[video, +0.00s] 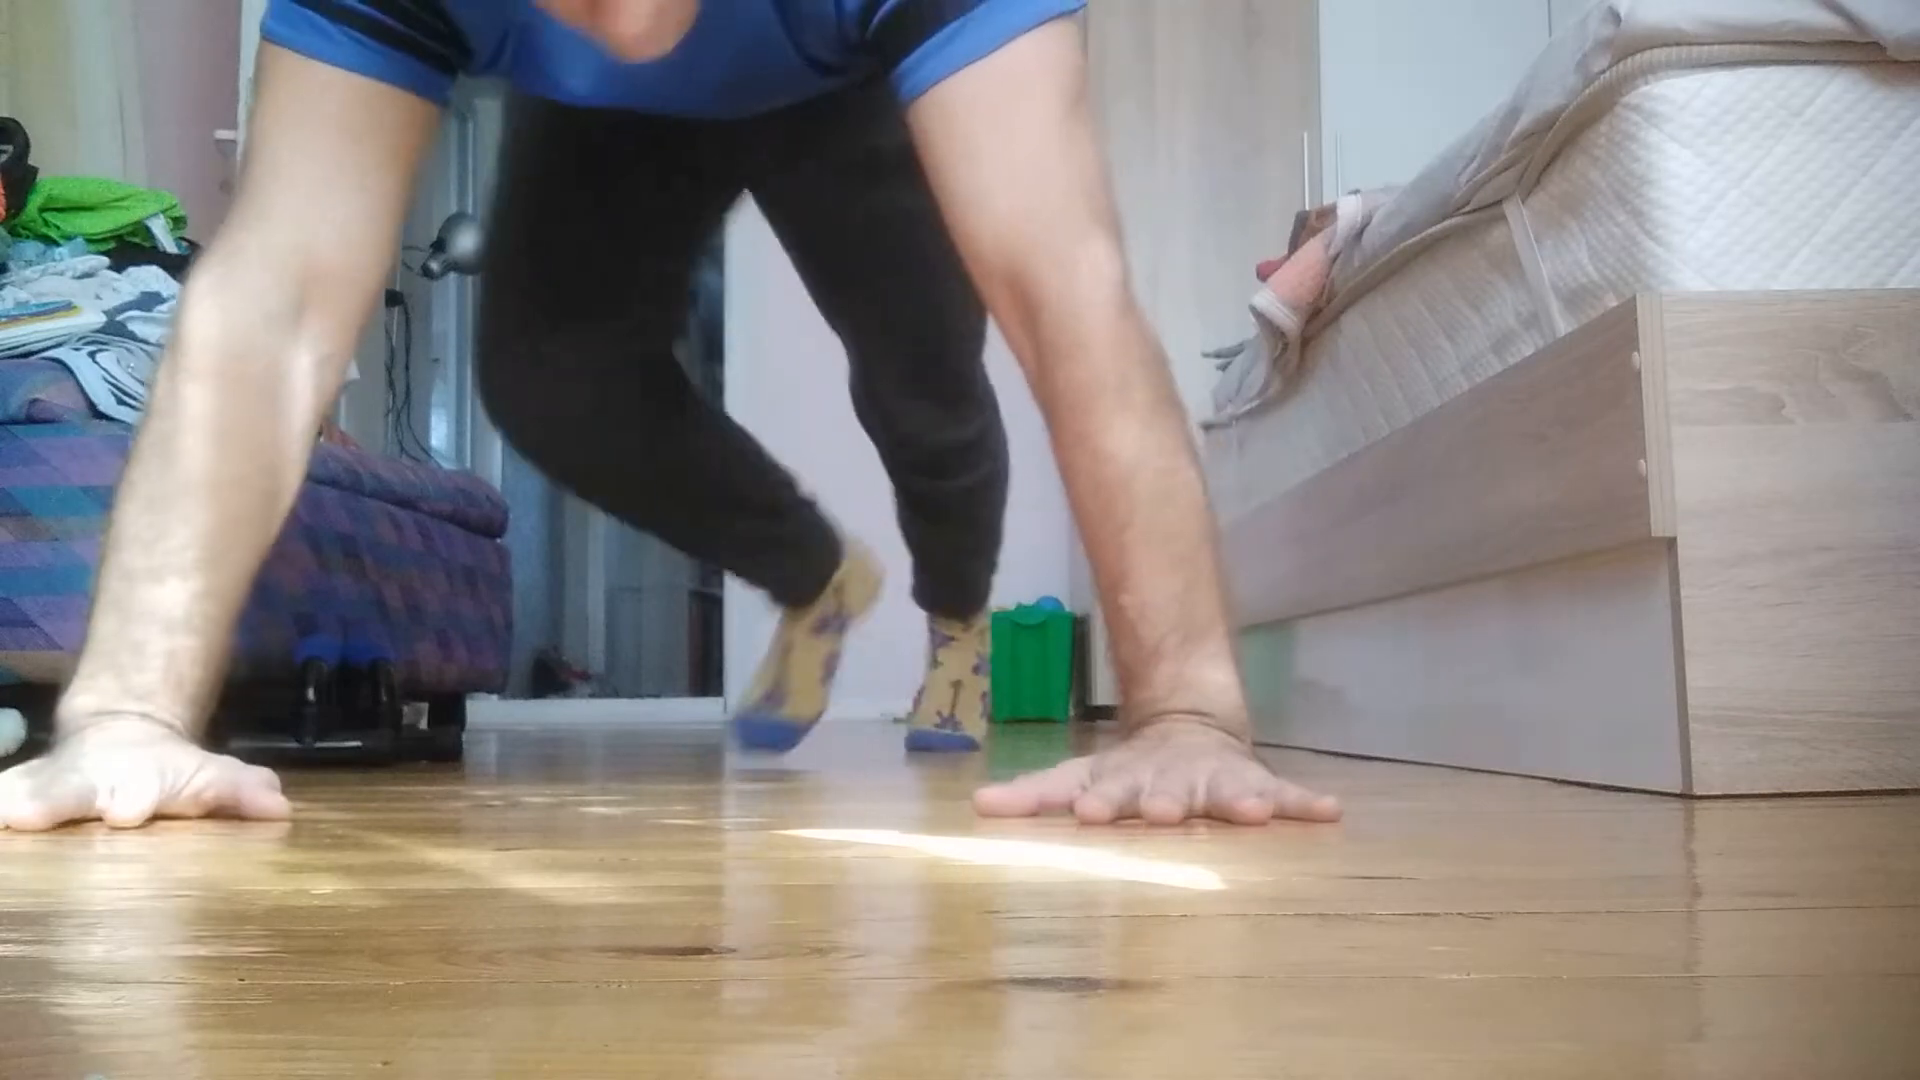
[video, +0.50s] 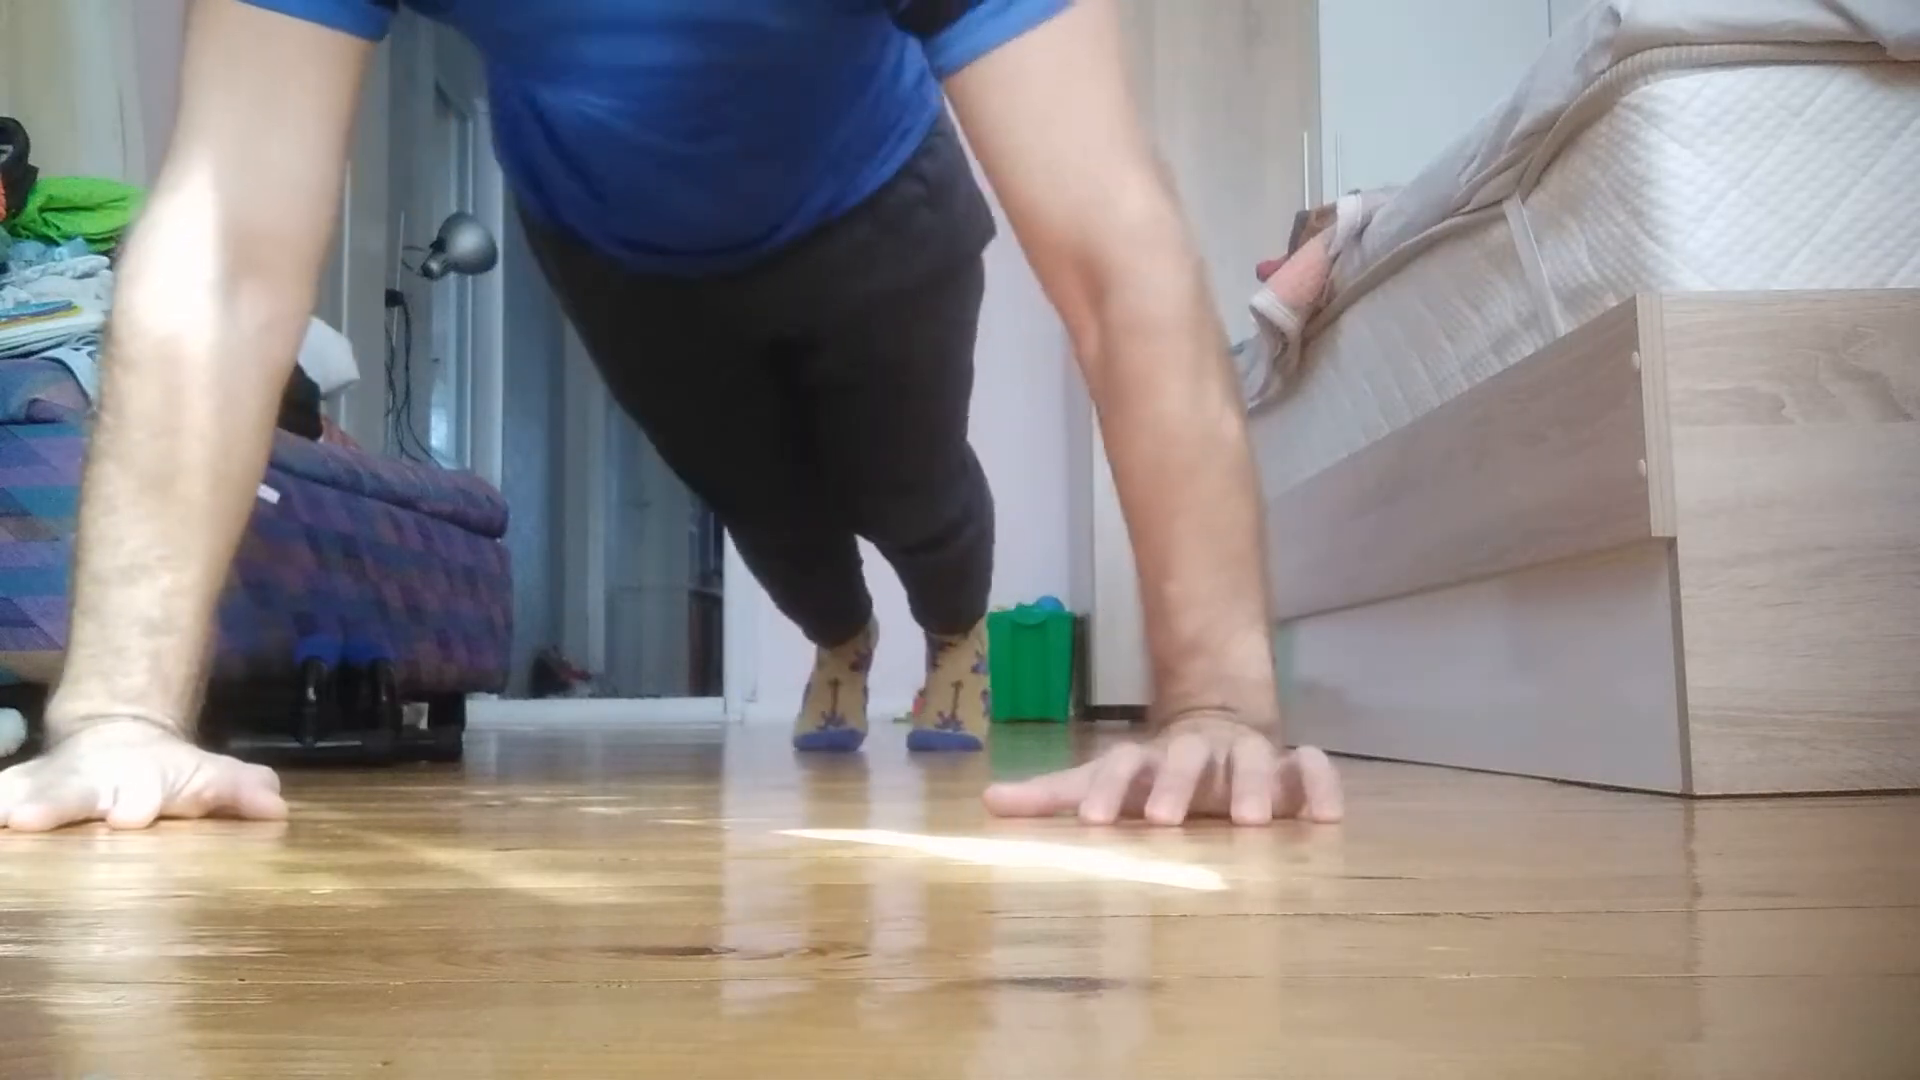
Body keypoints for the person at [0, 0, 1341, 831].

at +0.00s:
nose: (619, 26)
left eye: (650, 9)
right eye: (590, 21)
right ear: (530, 6)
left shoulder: (916, 6)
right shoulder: (386, 5)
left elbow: (1072, 300)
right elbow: (267, 307)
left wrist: (1191, 711)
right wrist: (129, 715)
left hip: (852, 58)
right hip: (601, 86)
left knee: (926, 377)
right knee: (557, 381)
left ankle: (952, 625)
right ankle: (822, 580)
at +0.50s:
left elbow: (1121, 252)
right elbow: (224, 246)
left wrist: (1219, 701)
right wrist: (123, 711)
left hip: (860, 196)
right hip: (612, 240)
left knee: (911, 501)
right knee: (763, 512)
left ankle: (953, 641)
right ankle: (846, 648)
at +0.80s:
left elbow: (1138, 263)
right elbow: (221, 256)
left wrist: (1225, 706)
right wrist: (125, 712)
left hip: (884, 265)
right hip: (630, 293)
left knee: (909, 524)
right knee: (771, 532)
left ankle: (939, 644)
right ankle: (837, 645)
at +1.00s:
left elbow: (1125, 253)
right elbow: (233, 252)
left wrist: (1225, 704)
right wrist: (124, 710)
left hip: (887, 270)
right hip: (632, 297)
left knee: (910, 521)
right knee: (768, 531)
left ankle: (934, 642)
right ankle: (829, 650)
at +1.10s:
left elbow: (1120, 250)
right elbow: (235, 253)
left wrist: (1223, 705)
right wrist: (124, 710)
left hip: (885, 272)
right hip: (633, 299)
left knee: (907, 515)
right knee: (767, 527)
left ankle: (930, 644)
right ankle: (831, 648)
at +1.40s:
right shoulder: (341, 2)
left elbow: (1176, 283)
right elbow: (185, 275)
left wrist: (1223, 715)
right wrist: (120, 715)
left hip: (898, 301)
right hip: (647, 329)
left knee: (914, 530)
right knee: (778, 535)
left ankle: (929, 649)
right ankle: (837, 643)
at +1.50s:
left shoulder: (975, 6)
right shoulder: (309, 11)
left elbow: (1279, 290)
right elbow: (96, 309)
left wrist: (1231, 717)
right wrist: (117, 720)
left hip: (907, 362)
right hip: (655, 404)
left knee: (920, 555)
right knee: (793, 561)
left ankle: (926, 656)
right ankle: (841, 648)